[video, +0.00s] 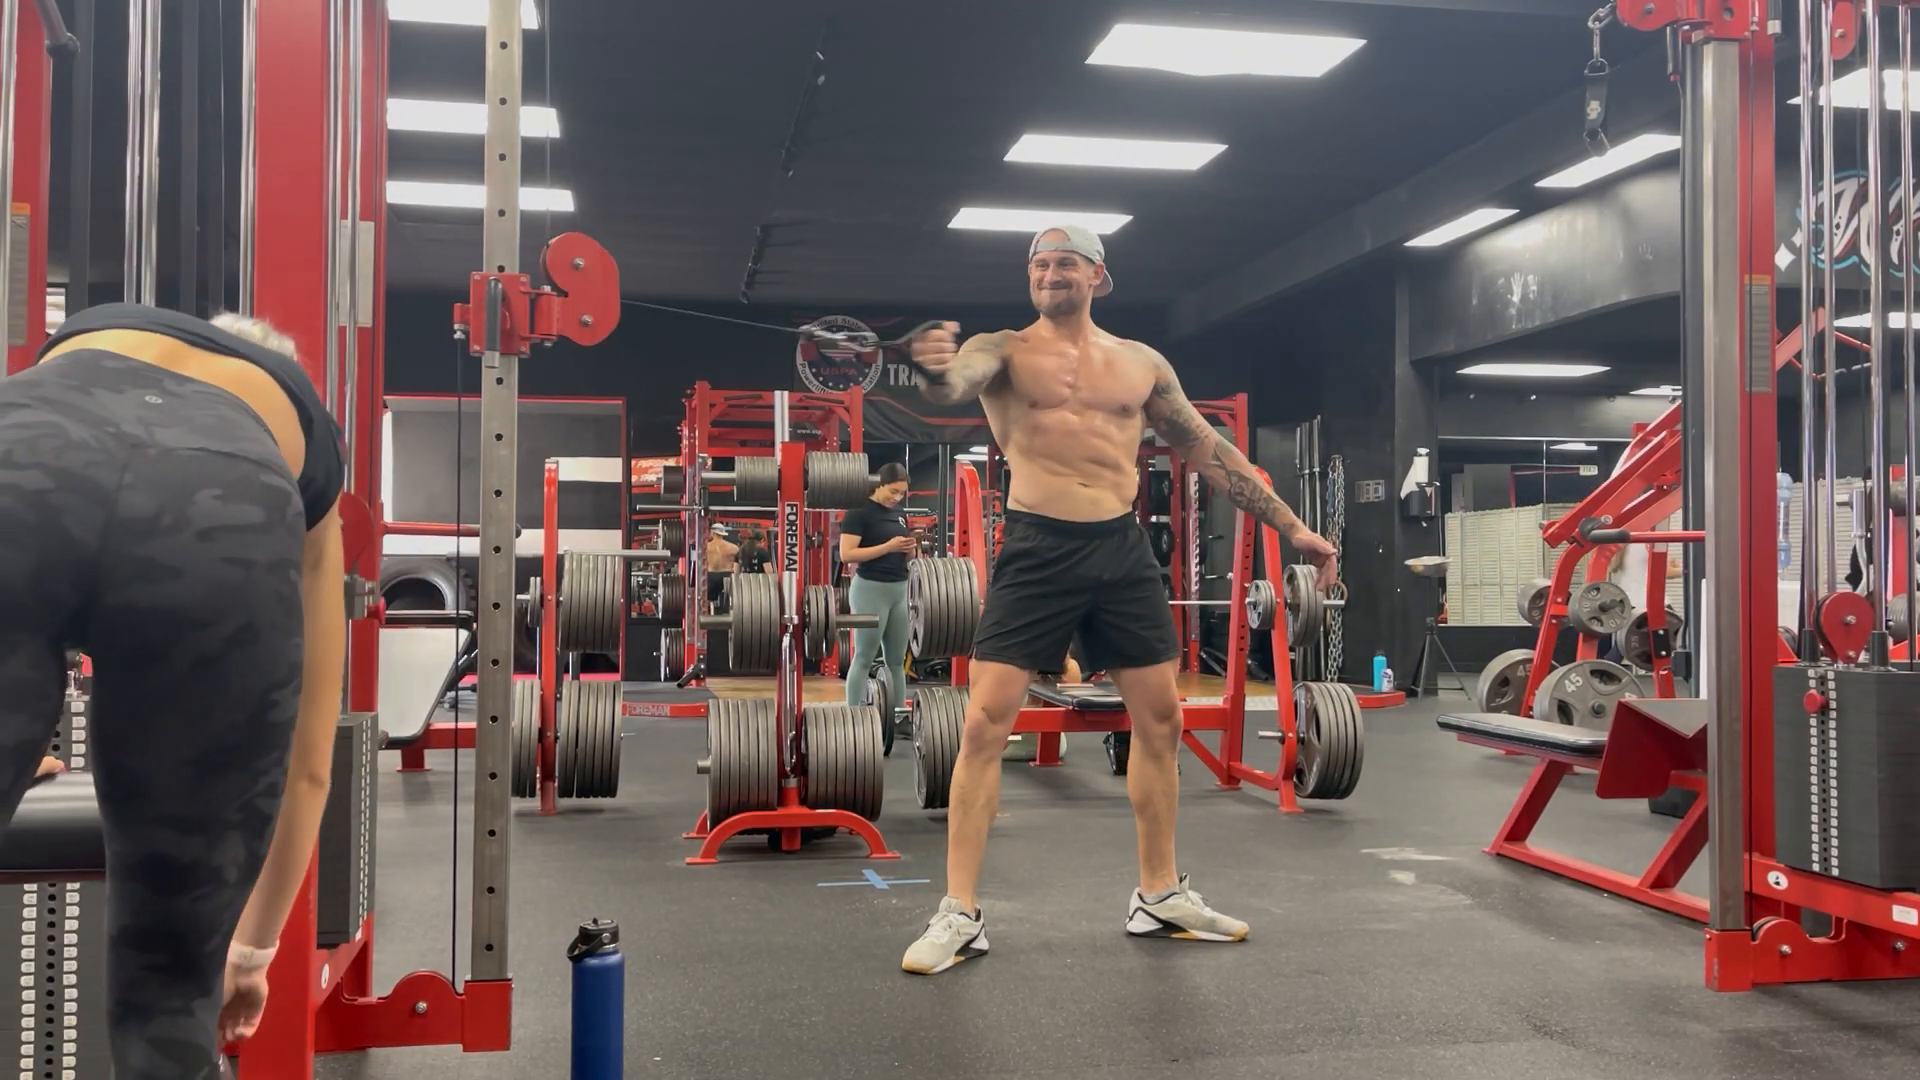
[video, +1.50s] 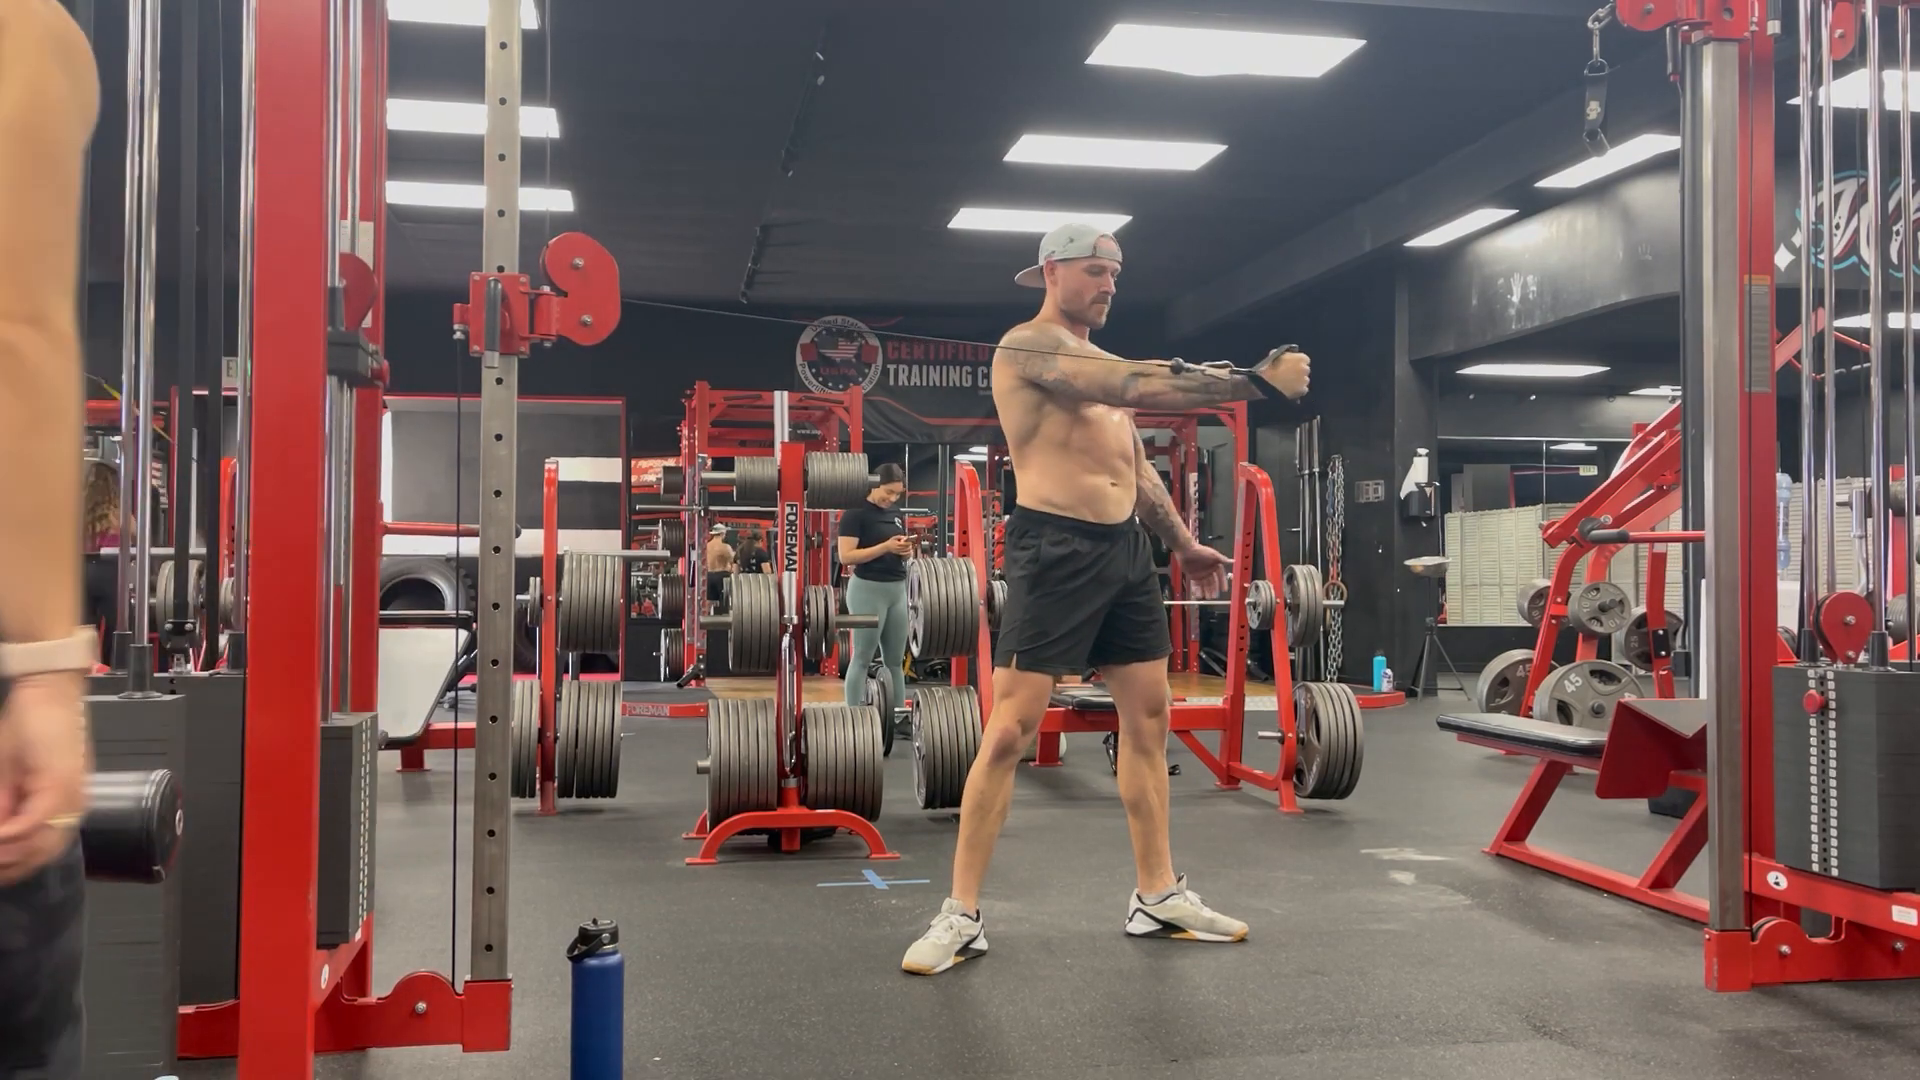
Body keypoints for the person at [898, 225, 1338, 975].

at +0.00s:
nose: (1052, 272)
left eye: (1067, 262)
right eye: (1042, 262)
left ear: (1098, 279)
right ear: (1029, 277)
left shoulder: (1143, 364)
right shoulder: (1001, 347)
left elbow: (1217, 456)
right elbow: (949, 385)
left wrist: (1296, 529)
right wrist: (926, 364)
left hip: (1122, 549)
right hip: (1033, 550)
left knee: (1161, 719)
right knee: (983, 724)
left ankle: (1159, 894)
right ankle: (959, 908)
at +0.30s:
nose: (1086, 274)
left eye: (1096, 265)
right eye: (1070, 262)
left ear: (1107, 282)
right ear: (1037, 277)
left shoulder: (1123, 371)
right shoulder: (1004, 349)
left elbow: (1173, 466)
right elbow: (1042, 384)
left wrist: (1230, 541)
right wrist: (1131, 366)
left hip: (1124, 553)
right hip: (1042, 548)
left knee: (1157, 715)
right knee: (992, 729)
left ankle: (1159, 893)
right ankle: (958, 909)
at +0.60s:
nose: (1113, 280)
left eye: (1117, 271)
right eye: (1099, 266)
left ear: (1107, 286)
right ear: (1054, 274)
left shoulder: (1107, 368)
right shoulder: (1028, 348)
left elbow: (1129, 470)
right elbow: (1137, 380)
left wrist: (1173, 543)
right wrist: (1266, 375)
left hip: (1128, 553)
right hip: (1054, 552)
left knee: (1157, 716)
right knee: (1010, 732)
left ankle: (1159, 894)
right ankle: (960, 910)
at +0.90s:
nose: (1126, 289)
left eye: (1129, 277)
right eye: (1116, 275)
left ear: (1091, 280)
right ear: (1072, 275)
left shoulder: (1096, 355)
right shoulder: (1058, 342)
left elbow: (1172, 395)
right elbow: (1163, 392)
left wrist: (1259, 398)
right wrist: (1270, 401)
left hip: (1121, 555)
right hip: (1056, 551)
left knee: (1151, 720)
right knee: (1013, 734)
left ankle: (1158, 894)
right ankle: (960, 911)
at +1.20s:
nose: (1124, 286)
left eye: (1126, 275)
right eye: (1112, 272)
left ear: (1097, 283)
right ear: (1065, 274)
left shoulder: (1099, 356)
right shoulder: (1047, 342)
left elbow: (1175, 395)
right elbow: (1157, 388)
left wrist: (1268, 393)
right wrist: (1275, 394)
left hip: (1126, 553)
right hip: (1056, 549)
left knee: (1148, 723)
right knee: (1014, 735)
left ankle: (1159, 895)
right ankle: (961, 911)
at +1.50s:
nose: (1108, 282)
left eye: (1113, 272)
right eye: (1094, 267)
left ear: (1109, 285)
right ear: (1049, 273)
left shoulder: (1108, 368)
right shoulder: (1024, 345)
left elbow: (1138, 472)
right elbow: (1126, 382)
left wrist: (1184, 544)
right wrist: (1256, 379)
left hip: (1127, 553)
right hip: (1053, 550)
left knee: (1148, 723)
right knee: (1007, 735)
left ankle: (1157, 894)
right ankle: (961, 911)